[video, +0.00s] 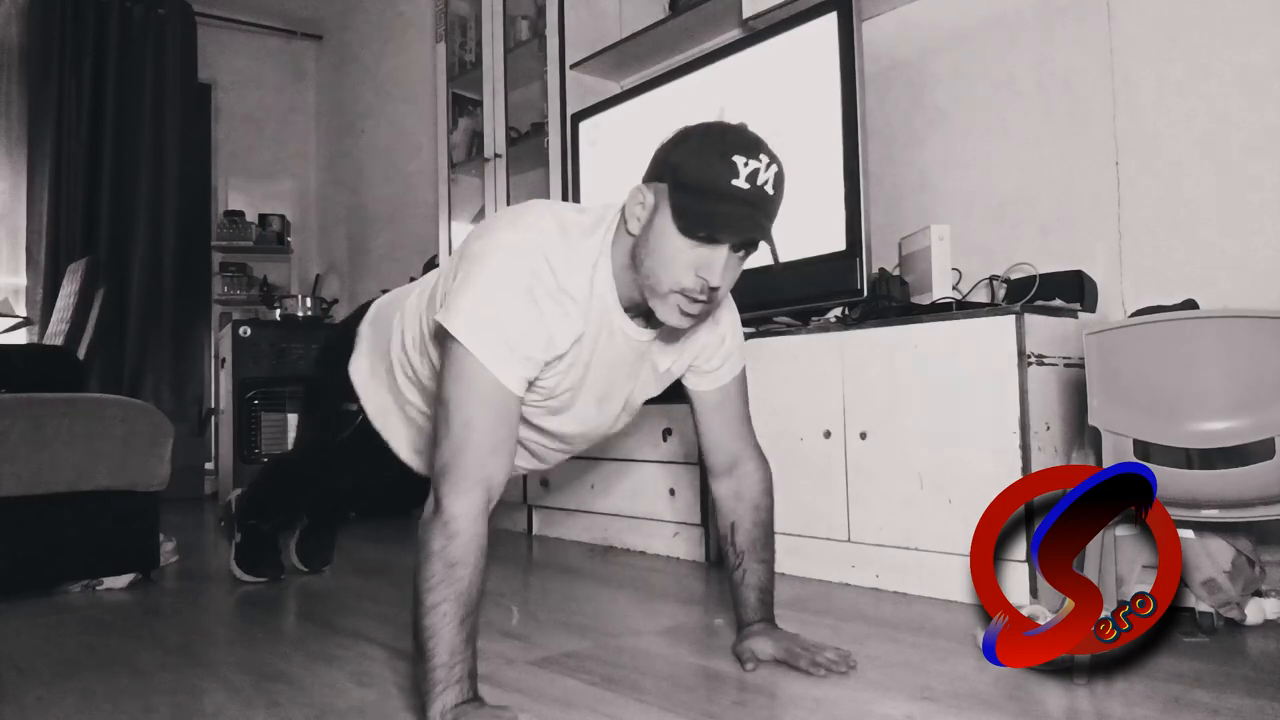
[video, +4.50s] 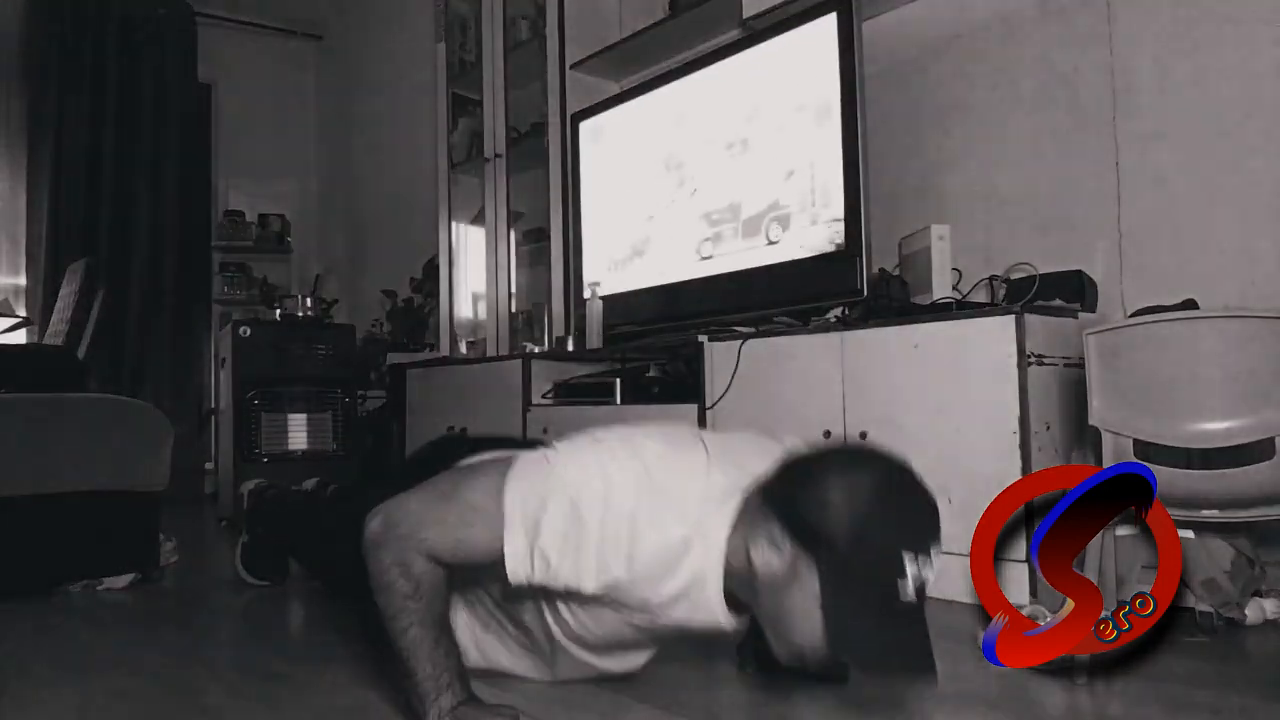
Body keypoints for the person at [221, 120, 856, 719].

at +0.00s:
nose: (713, 276)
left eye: (738, 251)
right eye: (699, 235)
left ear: (750, 250)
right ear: (644, 208)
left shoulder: (708, 316)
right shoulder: (518, 262)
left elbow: (736, 470)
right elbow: (462, 503)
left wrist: (758, 624)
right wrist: (451, 701)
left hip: (464, 450)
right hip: (378, 387)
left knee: (368, 498)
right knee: (315, 473)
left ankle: (318, 520)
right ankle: (256, 517)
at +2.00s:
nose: (739, 304)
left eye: (759, 283)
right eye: (731, 271)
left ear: (775, 270)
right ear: (674, 216)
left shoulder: (730, 317)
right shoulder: (543, 256)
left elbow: (758, 474)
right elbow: (473, 501)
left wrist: (766, 628)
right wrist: (450, 702)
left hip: (486, 463)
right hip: (400, 410)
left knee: (377, 499)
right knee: (322, 487)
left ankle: (317, 526)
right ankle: (254, 518)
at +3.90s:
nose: (753, 353)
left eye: (765, 335)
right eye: (745, 324)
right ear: (686, 264)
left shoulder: (724, 329)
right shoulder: (546, 276)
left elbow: (749, 468)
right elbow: (449, 502)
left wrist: (766, 627)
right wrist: (449, 697)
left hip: (485, 451)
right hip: (402, 411)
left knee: (368, 492)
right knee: (319, 483)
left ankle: (314, 524)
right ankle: (251, 522)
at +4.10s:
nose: (776, 534)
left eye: (795, 520)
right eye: (775, 510)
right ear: (742, 445)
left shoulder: (780, 409)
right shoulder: (585, 401)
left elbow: (776, 513)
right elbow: (396, 528)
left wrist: (765, 625)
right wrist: (446, 702)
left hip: (523, 483)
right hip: (432, 438)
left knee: (358, 509)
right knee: (324, 494)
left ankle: (303, 543)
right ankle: (255, 521)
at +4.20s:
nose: (809, 624)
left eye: (830, 608)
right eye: (807, 599)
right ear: (757, 531)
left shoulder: (800, 482)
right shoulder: (615, 467)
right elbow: (394, 528)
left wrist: (771, 637)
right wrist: (444, 702)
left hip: (528, 485)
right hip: (430, 469)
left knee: (354, 532)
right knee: (321, 519)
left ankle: (277, 533)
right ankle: (254, 521)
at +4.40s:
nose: (842, 698)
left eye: (863, 680)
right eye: (840, 670)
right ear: (781, 595)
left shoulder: (825, 520)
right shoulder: (629, 533)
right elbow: (402, 533)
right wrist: (444, 702)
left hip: (550, 498)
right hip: (450, 540)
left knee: (388, 509)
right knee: (345, 538)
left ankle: (318, 496)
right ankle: (273, 517)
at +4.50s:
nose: (832, 654)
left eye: (851, 635)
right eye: (832, 627)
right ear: (776, 555)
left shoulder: (811, 506)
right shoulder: (626, 505)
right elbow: (395, 533)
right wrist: (446, 702)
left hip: (546, 489)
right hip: (446, 514)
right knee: (324, 532)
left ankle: (286, 524)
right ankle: (263, 529)